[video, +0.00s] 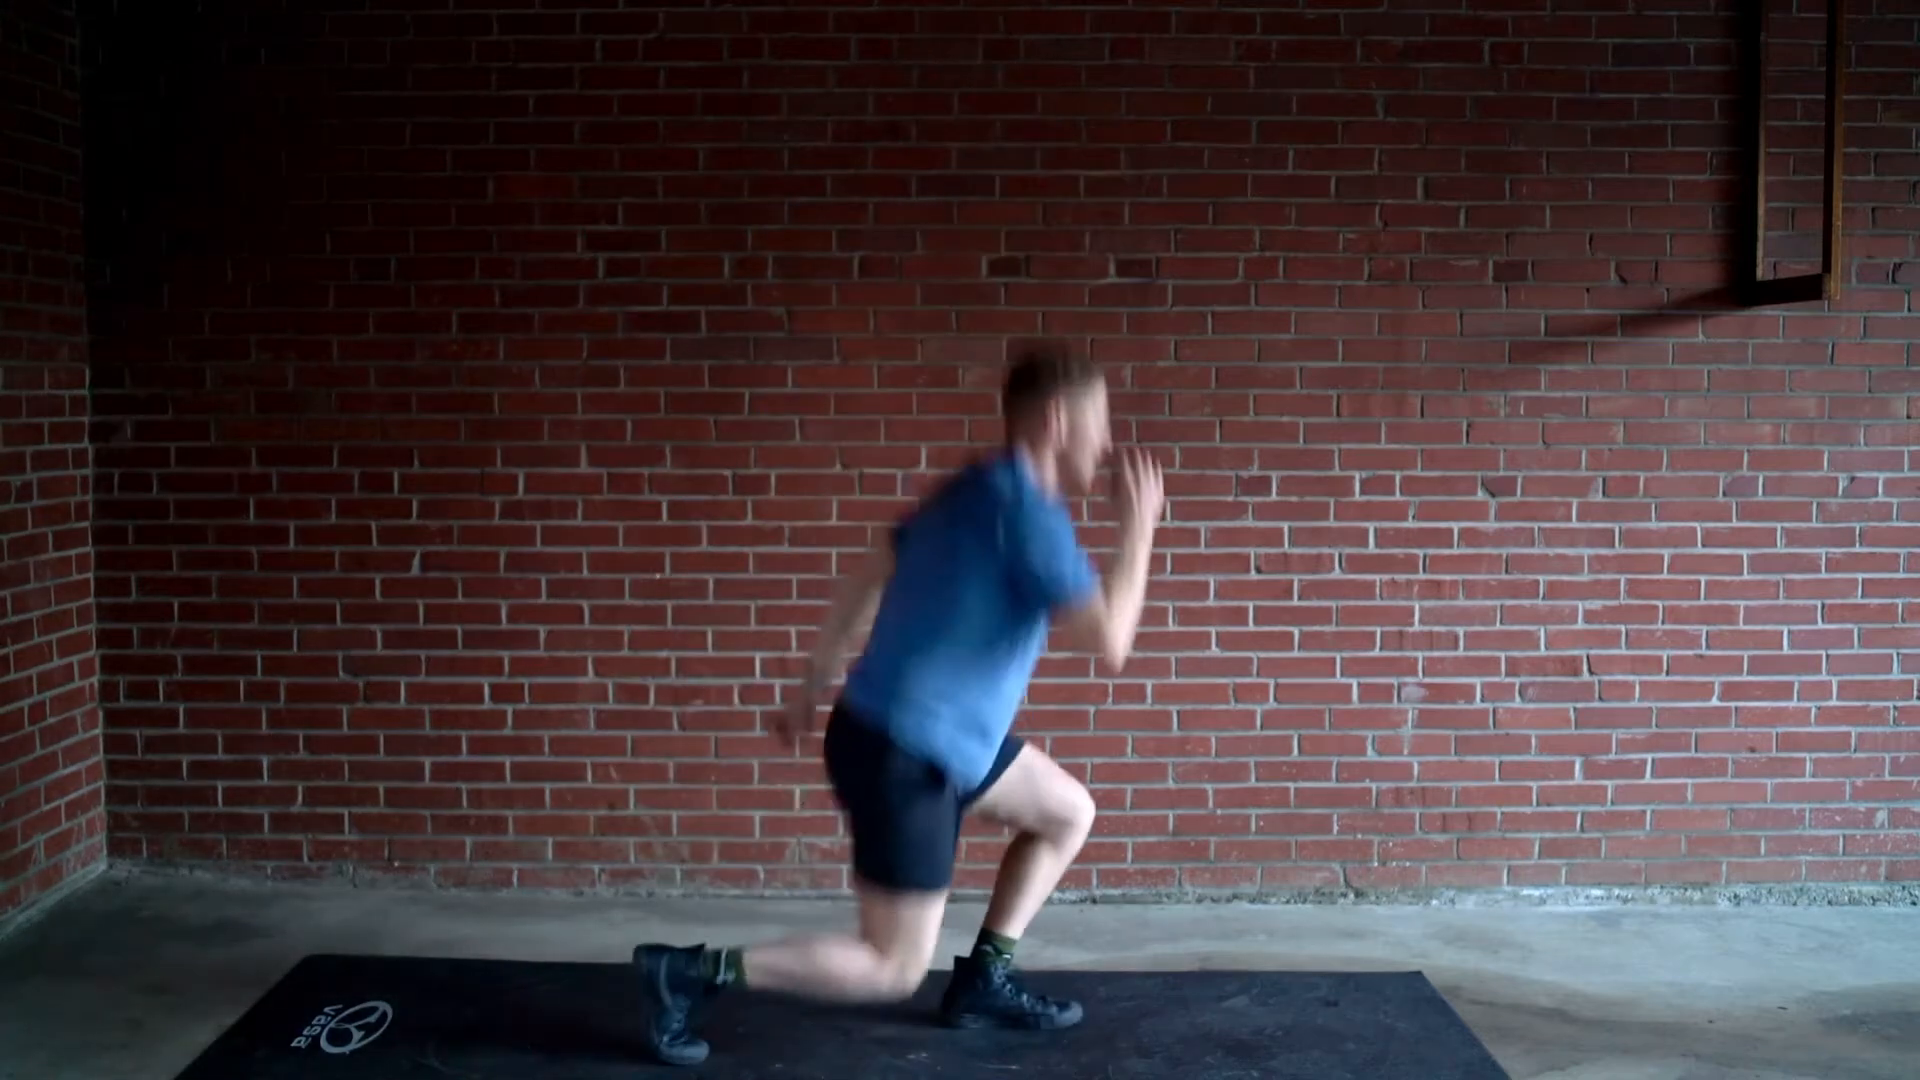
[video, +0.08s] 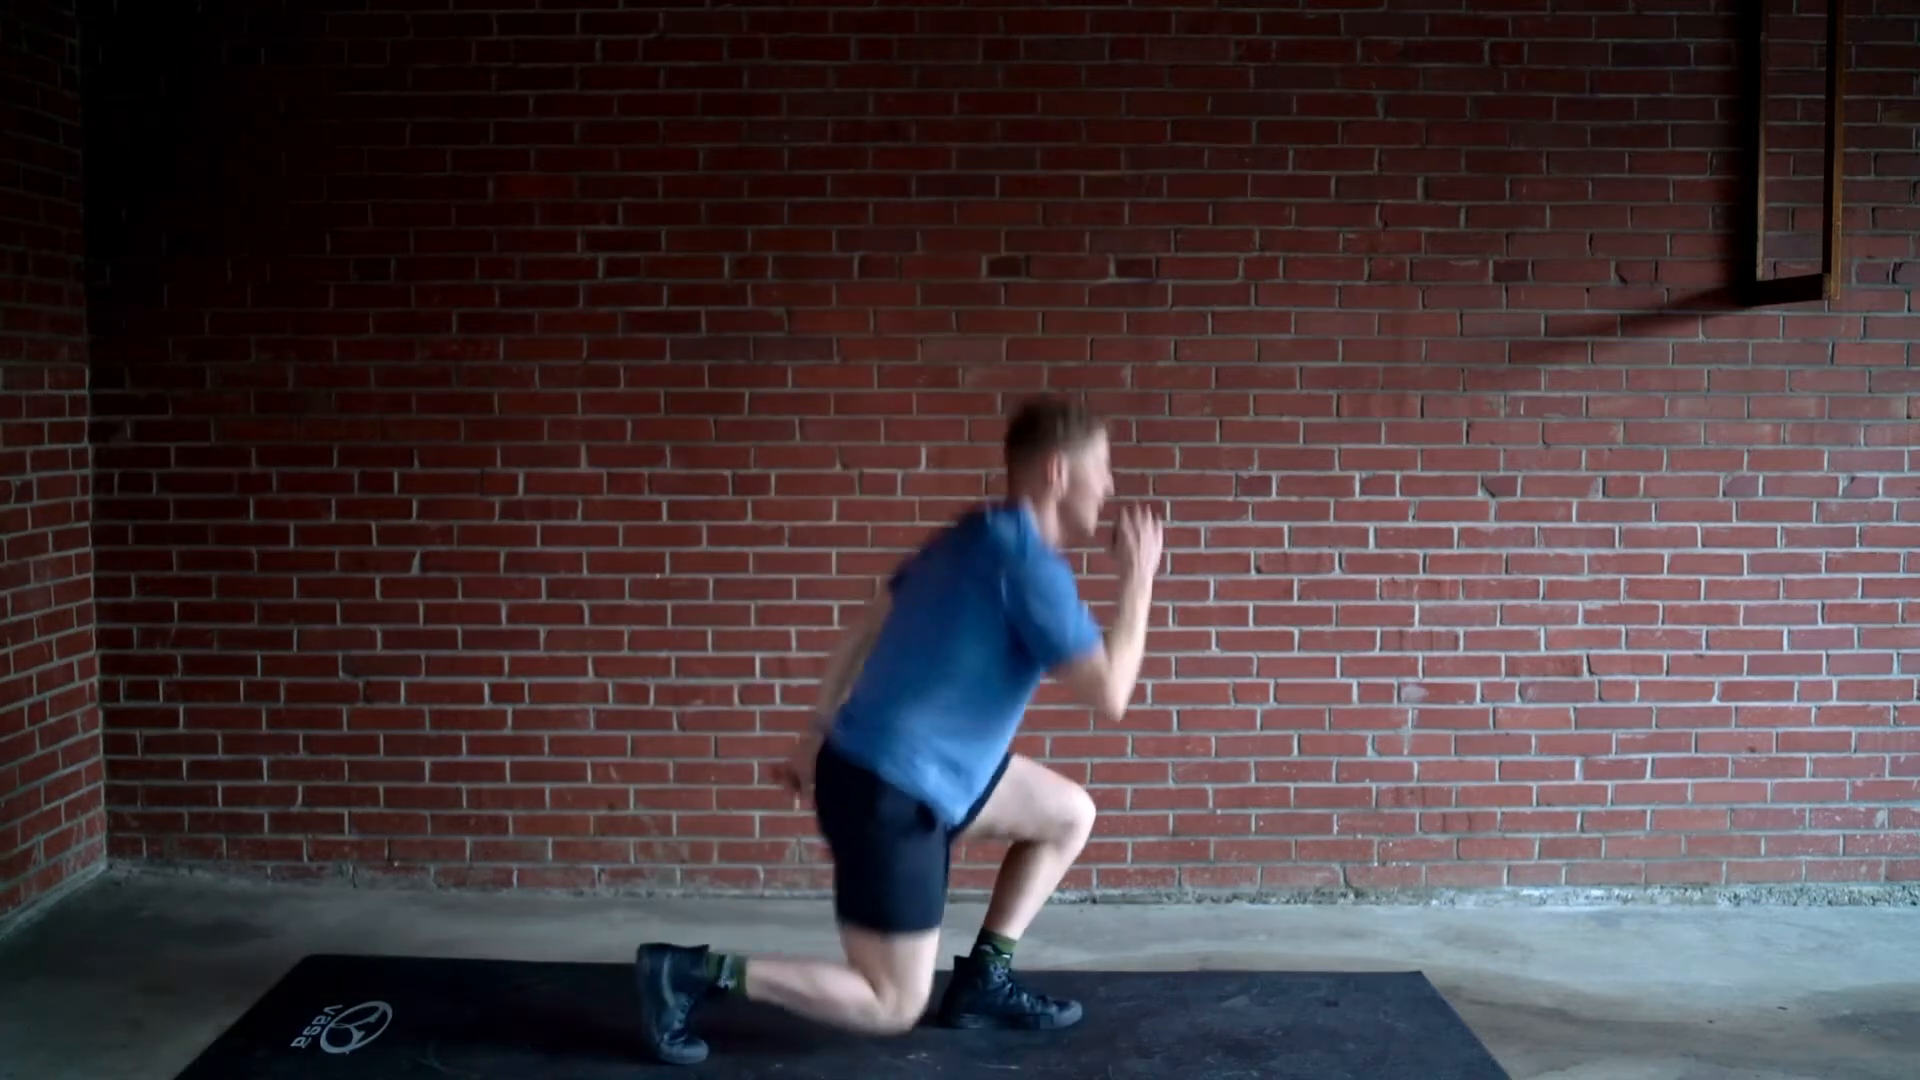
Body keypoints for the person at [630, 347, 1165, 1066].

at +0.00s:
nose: (1108, 436)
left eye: (1106, 417)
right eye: (1097, 417)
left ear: (1037, 418)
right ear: (1055, 418)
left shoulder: (975, 489)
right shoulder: (1024, 510)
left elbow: (876, 567)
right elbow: (1112, 642)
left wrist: (819, 677)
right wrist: (1142, 525)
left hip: (936, 732)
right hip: (901, 743)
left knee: (1068, 813)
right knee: (892, 968)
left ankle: (986, 979)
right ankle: (693, 973)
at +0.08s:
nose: (1110, 484)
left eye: (1108, 468)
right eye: (1101, 467)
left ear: (1045, 472)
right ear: (1056, 473)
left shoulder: (971, 537)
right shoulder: (1019, 558)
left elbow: (869, 629)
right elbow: (1112, 692)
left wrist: (817, 731)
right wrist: (1142, 573)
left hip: (926, 765)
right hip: (888, 782)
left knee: (1069, 813)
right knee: (891, 1003)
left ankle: (984, 980)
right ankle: (695, 973)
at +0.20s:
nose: (1113, 527)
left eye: (1111, 511)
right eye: (1104, 511)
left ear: (1046, 520)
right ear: (1060, 519)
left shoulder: (975, 575)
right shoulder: (1024, 600)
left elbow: (868, 662)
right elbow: (1110, 732)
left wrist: (818, 768)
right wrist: (1138, 617)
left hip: (907, 793)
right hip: (872, 810)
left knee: (1064, 815)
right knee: (891, 1028)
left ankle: (986, 980)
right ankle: (703, 978)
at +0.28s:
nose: (1113, 527)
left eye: (1110, 510)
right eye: (1103, 510)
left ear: (1048, 522)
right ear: (1058, 521)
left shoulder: (998, 580)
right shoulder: (1016, 592)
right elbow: (1103, 730)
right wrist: (1137, 619)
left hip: (916, 790)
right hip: (867, 804)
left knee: (1061, 816)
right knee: (890, 1024)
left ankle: (986, 980)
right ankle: (699, 978)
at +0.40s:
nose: (1096, 465)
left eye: (1092, 449)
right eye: (1083, 449)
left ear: (1033, 462)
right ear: (1038, 462)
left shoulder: (1009, 538)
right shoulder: (1002, 537)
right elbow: (1068, 680)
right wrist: (1118, 581)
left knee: (1060, 812)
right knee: (880, 986)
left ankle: (983, 981)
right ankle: (678, 974)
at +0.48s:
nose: (1079, 397)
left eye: (1074, 379)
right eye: (1066, 379)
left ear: (1016, 391)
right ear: (1021, 389)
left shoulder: (1000, 472)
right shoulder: (988, 461)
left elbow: (1008, 607)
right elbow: (1006, 594)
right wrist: (1098, 542)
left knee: (1054, 808)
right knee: (863, 935)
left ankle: (985, 980)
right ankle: (657, 974)